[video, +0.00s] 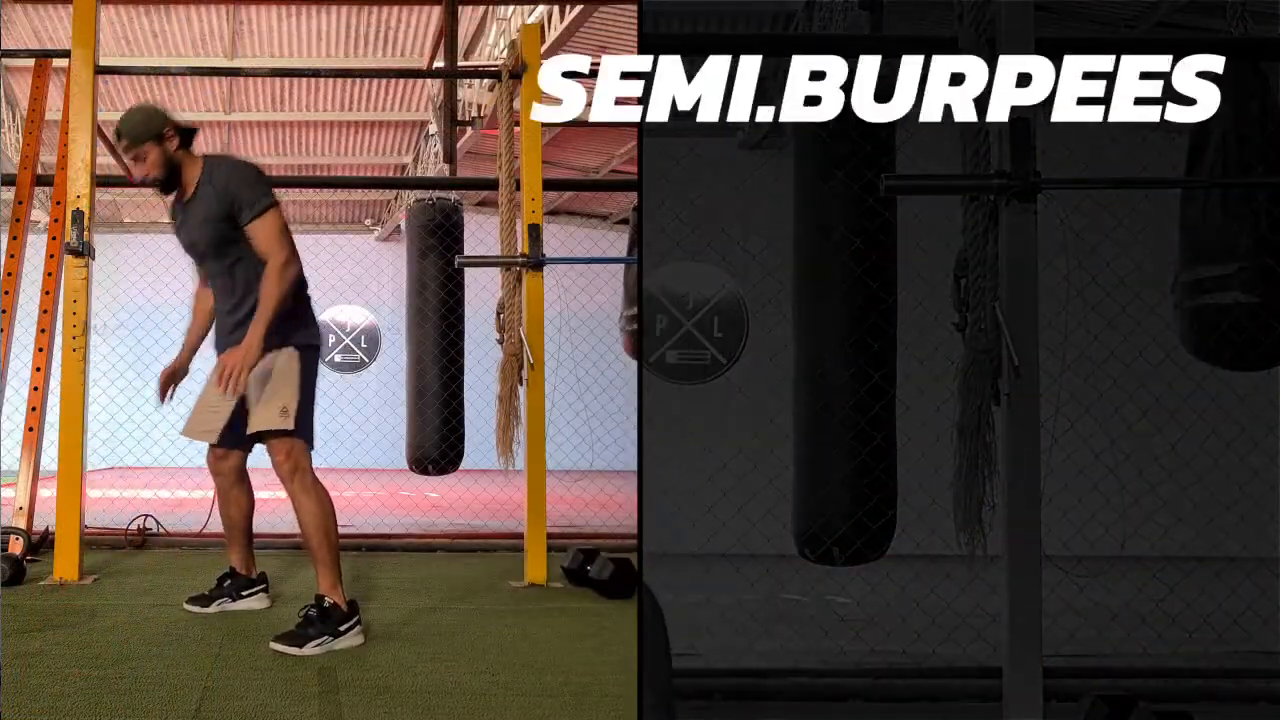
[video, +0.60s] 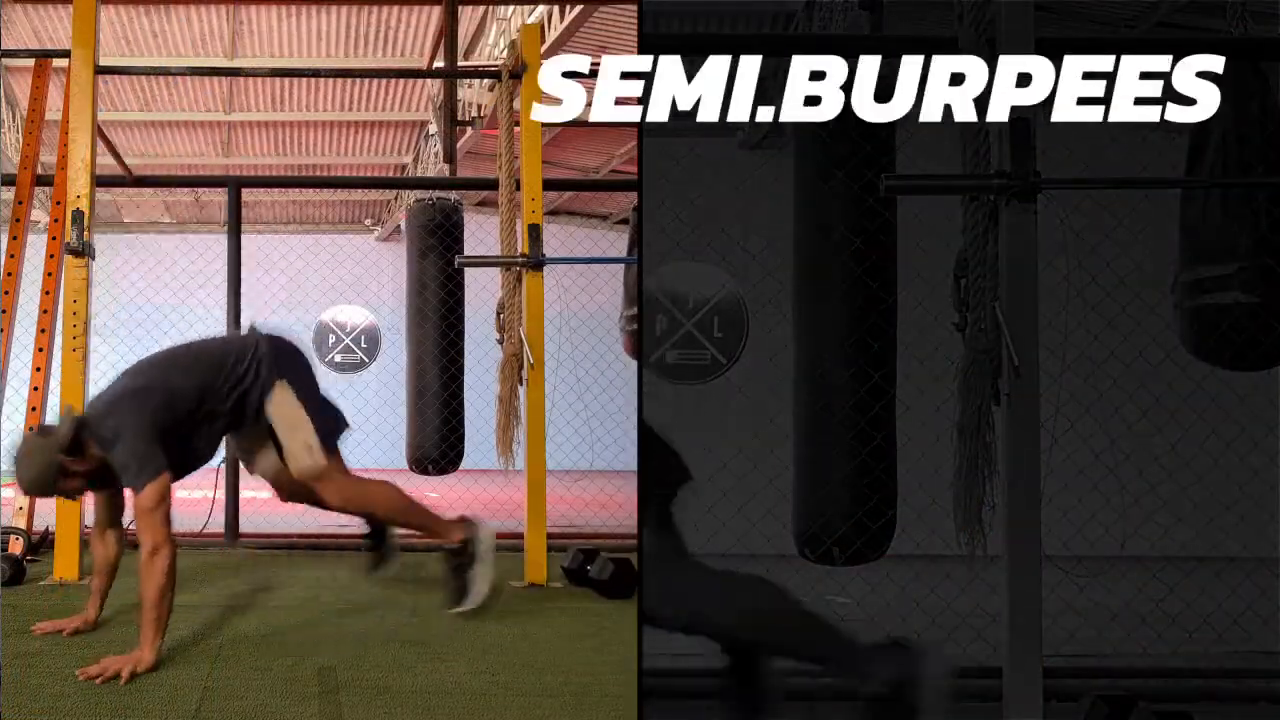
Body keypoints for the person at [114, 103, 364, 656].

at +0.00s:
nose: (137, 172)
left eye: (140, 157)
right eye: (128, 162)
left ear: (171, 138)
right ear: (128, 161)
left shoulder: (234, 176)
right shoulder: (183, 205)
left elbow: (283, 261)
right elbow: (211, 282)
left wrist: (251, 344)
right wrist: (186, 355)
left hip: (283, 337)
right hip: (238, 342)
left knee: (291, 462)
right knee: (224, 460)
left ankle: (336, 606)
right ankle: (244, 575)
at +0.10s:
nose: (114, 220)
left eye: (116, 207)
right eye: (109, 211)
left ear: (146, 190)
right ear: (133, 202)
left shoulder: (211, 222)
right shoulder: (164, 245)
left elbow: (254, 310)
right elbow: (177, 332)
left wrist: (226, 403)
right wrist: (158, 408)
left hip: (303, 343)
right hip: (255, 350)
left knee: (292, 459)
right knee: (218, 459)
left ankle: (337, 606)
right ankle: (243, 577)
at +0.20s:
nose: (108, 299)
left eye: (108, 285)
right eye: (101, 290)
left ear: (134, 266)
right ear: (130, 273)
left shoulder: (200, 290)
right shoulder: (152, 313)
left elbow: (224, 388)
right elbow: (152, 396)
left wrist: (192, 501)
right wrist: (133, 475)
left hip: (313, 357)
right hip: (261, 371)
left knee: (282, 466)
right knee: (213, 462)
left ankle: (336, 606)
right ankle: (243, 577)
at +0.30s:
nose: (103, 379)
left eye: (102, 368)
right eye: (97, 372)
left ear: (123, 347)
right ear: (121, 348)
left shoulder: (186, 351)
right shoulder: (139, 371)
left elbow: (185, 466)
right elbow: (132, 460)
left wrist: (164, 567)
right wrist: (101, 546)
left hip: (316, 371)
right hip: (262, 387)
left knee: (269, 474)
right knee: (206, 467)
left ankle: (335, 608)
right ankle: (242, 579)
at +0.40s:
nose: (112, 450)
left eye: (109, 440)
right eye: (105, 444)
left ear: (123, 418)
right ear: (119, 416)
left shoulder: (167, 403)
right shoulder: (130, 408)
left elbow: (165, 522)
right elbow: (118, 512)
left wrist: (136, 628)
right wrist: (85, 597)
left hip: (311, 341)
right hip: (268, 357)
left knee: (289, 463)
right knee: (233, 461)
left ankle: (337, 607)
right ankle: (247, 576)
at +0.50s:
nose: (112, 496)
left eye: (108, 488)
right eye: (103, 493)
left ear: (115, 462)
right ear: (109, 456)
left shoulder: (158, 437)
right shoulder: (118, 433)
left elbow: (172, 553)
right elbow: (121, 531)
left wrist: (146, 651)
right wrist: (93, 613)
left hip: (284, 332)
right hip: (253, 351)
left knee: (303, 464)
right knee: (248, 464)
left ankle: (389, 575)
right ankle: (312, 541)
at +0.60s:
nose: (71, 497)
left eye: (63, 491)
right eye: (61, 494)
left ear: (74, 467)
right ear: (70, 462)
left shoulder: (131, 435)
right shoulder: (89, 441)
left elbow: (158, 548)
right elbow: (106, 533)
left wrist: (146, 649)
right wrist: (91, 612)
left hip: (267, 370)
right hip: (237, 398)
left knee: (329, 486)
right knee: (288, 484)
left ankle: (460, 534)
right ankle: (381, 516)